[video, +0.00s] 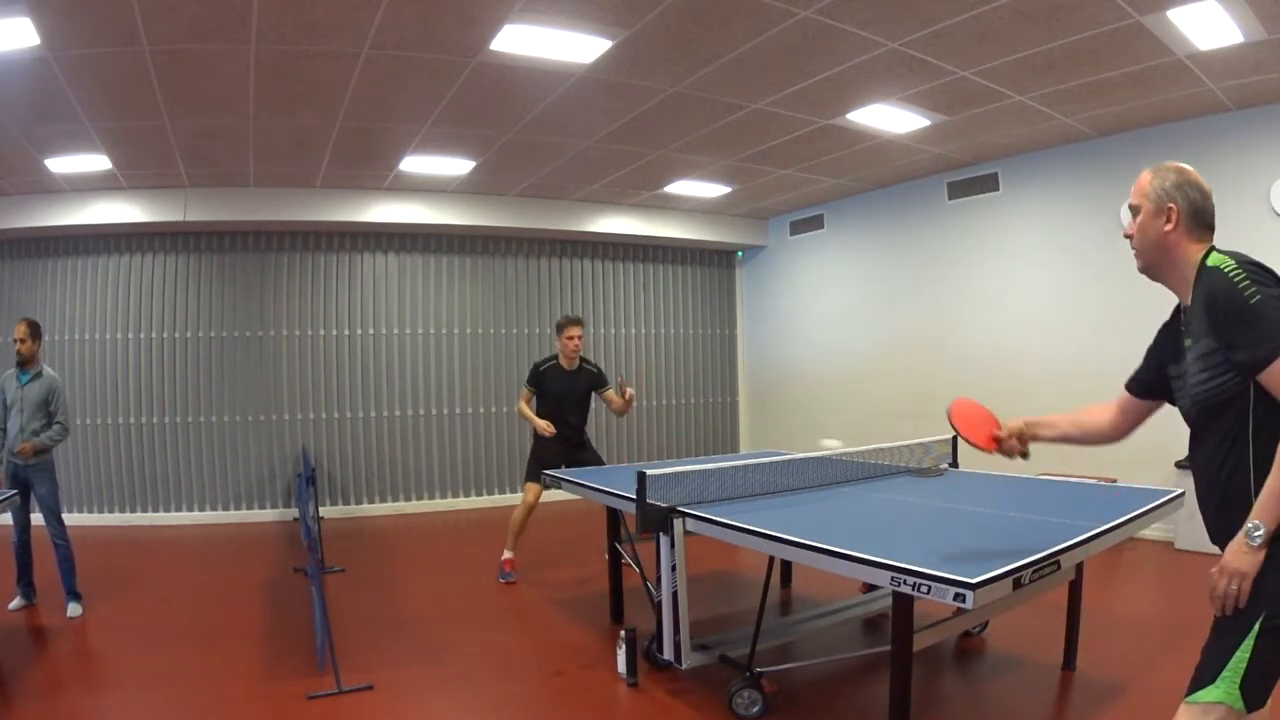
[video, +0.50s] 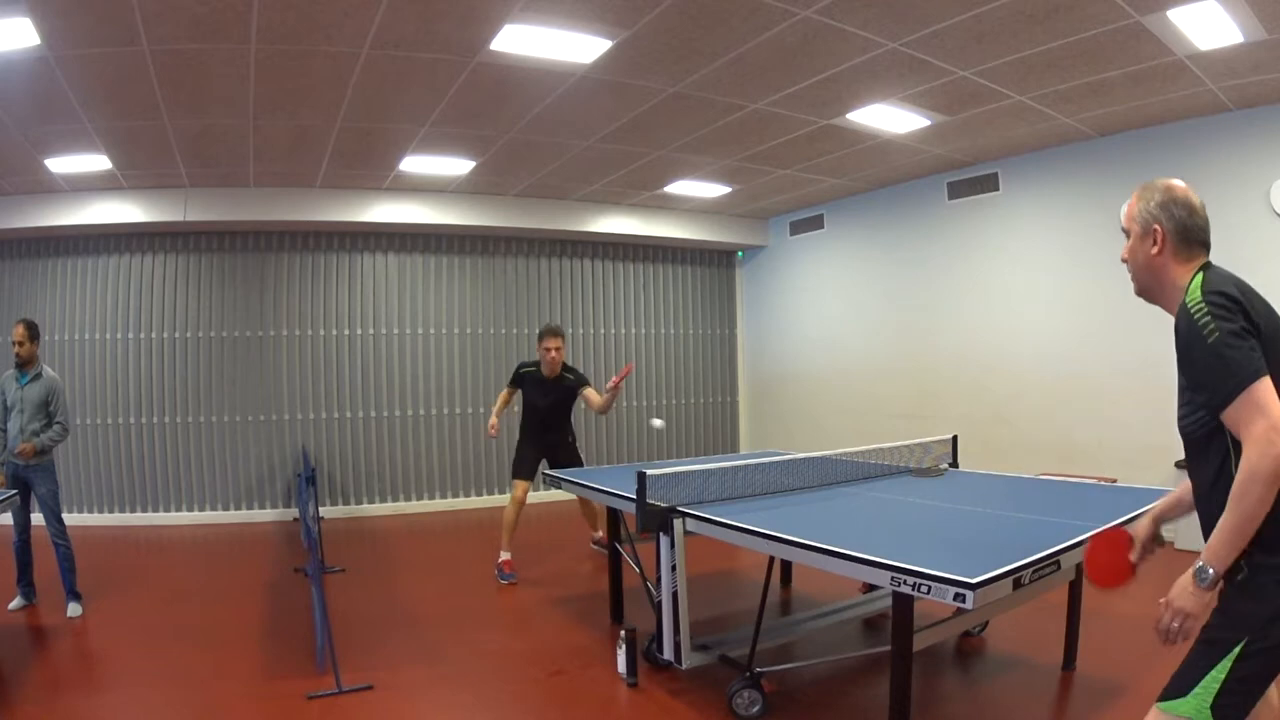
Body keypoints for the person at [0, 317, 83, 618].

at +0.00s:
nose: (17, 345)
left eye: (22, 340)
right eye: (14, 341)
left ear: (37, 343)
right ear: (14, 344)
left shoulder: (51, 382)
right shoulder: (7, 380)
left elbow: (62, 426)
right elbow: (4, 422)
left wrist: (37, 444)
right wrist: (5, 455)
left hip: (40, 465)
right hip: (11, 464)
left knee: (56, 531)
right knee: (20, 532)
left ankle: (72, 596)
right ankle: (26, 592)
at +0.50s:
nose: (15, 348)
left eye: (21, 343)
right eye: (13, 343)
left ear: (36, 344)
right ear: (12, 345)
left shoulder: (51, 382)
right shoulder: (6, 381)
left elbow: (62, 427)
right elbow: (3, 426)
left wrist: (37, 444)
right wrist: (2, 466)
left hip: (41, 466)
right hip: (11, 466)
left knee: (56, 532)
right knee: (20, 533)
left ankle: (72, 596)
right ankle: (26, 593)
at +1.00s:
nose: (28, 352)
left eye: (33, 347)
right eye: (25, 347)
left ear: (44, 347)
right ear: (20, 346)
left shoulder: (57, 385)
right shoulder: (8, 381)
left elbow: (69, 427)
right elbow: (3, 425)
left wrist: (59, 453)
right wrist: (5, 466)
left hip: (47, 465)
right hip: (17, 465)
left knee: (60, 532)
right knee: (22, 533)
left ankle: (73, 596)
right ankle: (26, 593)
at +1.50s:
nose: (30, 352)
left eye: (36, 348)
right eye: (28, 346)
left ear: (49, 349)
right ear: (25, 346)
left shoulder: (60, 390)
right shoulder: (12, 378)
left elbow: (69, 434)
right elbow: (4, 421)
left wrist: (48, 456)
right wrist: (12, 454)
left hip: (49, 464)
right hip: (19, 464)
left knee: (62, 532)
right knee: (22, 533)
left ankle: (73, 596)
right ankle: (26, 593)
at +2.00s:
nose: (21, 342)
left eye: (27, 338)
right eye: (18, 337)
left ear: (40, 342)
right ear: (15, 342)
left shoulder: (54, 384)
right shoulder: (6, 379)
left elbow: (66, 426)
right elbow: (4, 416)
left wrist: (52, 454)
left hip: (43, 465)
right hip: (12, 465)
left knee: (58, 533)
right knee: (18, 534)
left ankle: (72, 596)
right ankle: (25, 593)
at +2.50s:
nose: (17, 345)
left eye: (23, 340)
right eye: (14, 340)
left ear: (37, 344)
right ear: (12, 344)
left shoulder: (52, 384)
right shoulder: (6, 381)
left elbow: (61, 428)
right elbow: (4, 411)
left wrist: (43, 449)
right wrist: (3, 414)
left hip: (40, 464)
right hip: (11, 465)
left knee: (57, 532)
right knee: (19, 533)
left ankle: (72, 596)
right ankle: (26, 593)